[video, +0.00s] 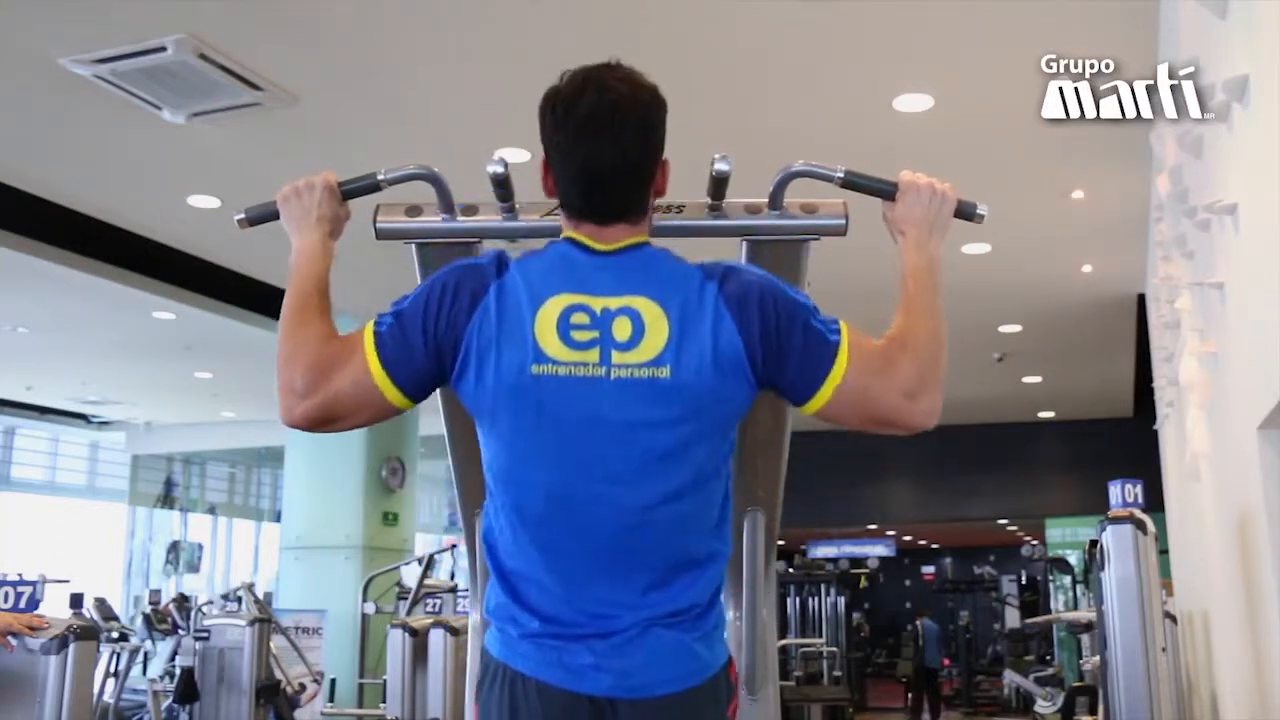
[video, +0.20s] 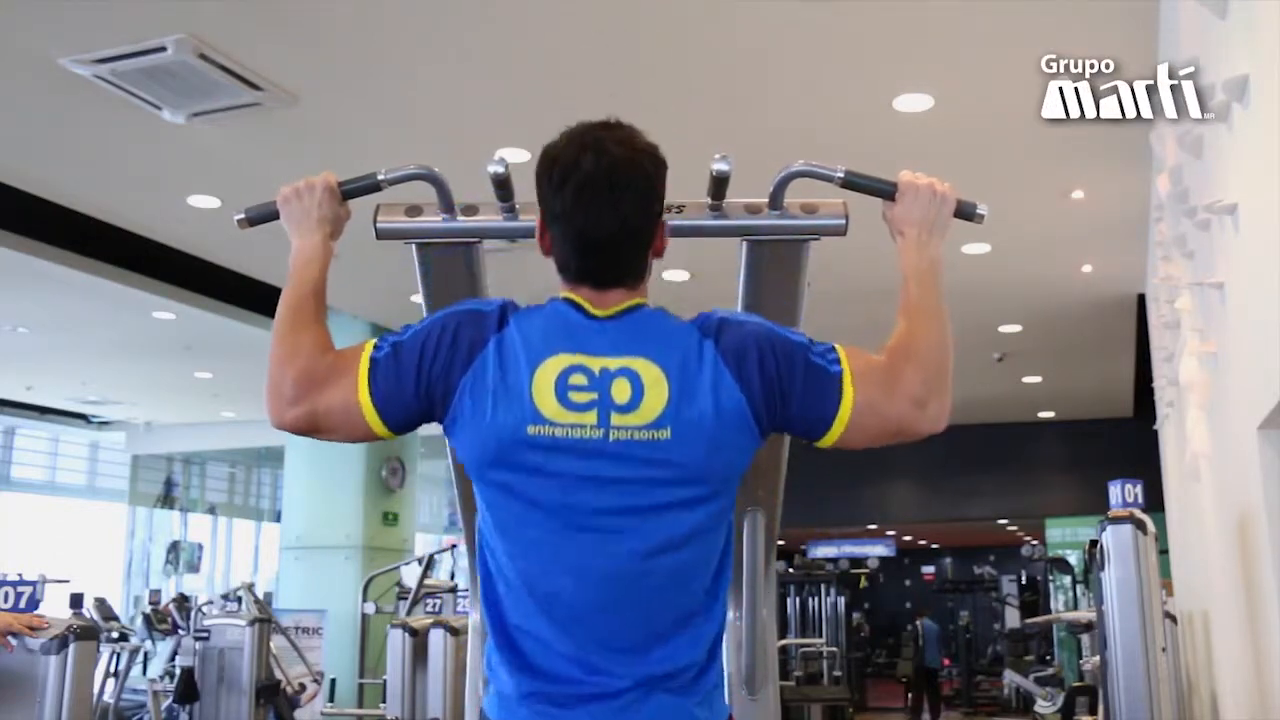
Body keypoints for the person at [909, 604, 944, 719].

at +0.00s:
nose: (916, 618)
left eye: (916, 616)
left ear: (917, 615)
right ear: (928, 614)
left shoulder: (917, 625)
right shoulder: (935, 627)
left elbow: (917, 644)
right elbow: (938, 645)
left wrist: (914, 659)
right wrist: (939, 659)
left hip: (921, 664)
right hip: (934, 664)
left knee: (918, 692)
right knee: (933, 691)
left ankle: (916, 715)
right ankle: (935, 715)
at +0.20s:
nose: (916, 618)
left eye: (916, 616)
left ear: (917, 615)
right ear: (928, 614)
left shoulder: (917, 625)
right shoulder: (935, 627)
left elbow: (917, 644)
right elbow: (938, 645)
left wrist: (914, 659)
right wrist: (939, 659)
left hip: (921, 664)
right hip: (934, 664)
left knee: (918, 692)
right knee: (933, 691)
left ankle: (916, 715)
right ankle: (935, 715)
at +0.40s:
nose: (916, 618)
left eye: (916, 616)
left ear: (917, 615)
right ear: (928, 614)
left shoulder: (917, 625)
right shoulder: (935, 627)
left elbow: (917, 644)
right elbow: (938, 645)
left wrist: (914, 659)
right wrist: (939, 659)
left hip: (921, 664)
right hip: (934, 664)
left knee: (918, 692)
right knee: (933, 691)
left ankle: (916, 715)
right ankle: (935, 715)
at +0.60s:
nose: (916, 618)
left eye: (916, 616)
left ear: (917, 615)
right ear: (928, 614)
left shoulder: (917, 625)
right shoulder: (935, 627)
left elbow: (917, 644)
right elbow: (938, 645)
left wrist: (914, 659)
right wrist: (939, 659)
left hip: (921, 664)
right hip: (934, 664)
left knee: (918, 692)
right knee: (933, 691)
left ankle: (916, 715)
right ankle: (935, 715)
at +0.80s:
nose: (916, 618)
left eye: (916, 616)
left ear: (917, 615)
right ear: (927, 614)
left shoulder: (917, 625)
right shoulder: (935, 627)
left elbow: (916, 644)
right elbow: (938, 645)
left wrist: (914, 659)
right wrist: (939, 659)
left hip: (921, 664)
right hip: (934, 664)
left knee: (918, 692)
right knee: (933, 692)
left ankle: (916, 715)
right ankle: (935, 715)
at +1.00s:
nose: (916, 618)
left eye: (916, 616)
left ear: (917, 615)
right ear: (928, 614)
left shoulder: (917, 625)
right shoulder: (935, 627)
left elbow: (917, 644)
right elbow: (938, 645)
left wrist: (914, 659)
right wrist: (939, 659)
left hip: (921, 664)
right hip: (934, 664)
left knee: (918, 692)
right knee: (933, 691)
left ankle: (916, 715)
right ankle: (935, 715)